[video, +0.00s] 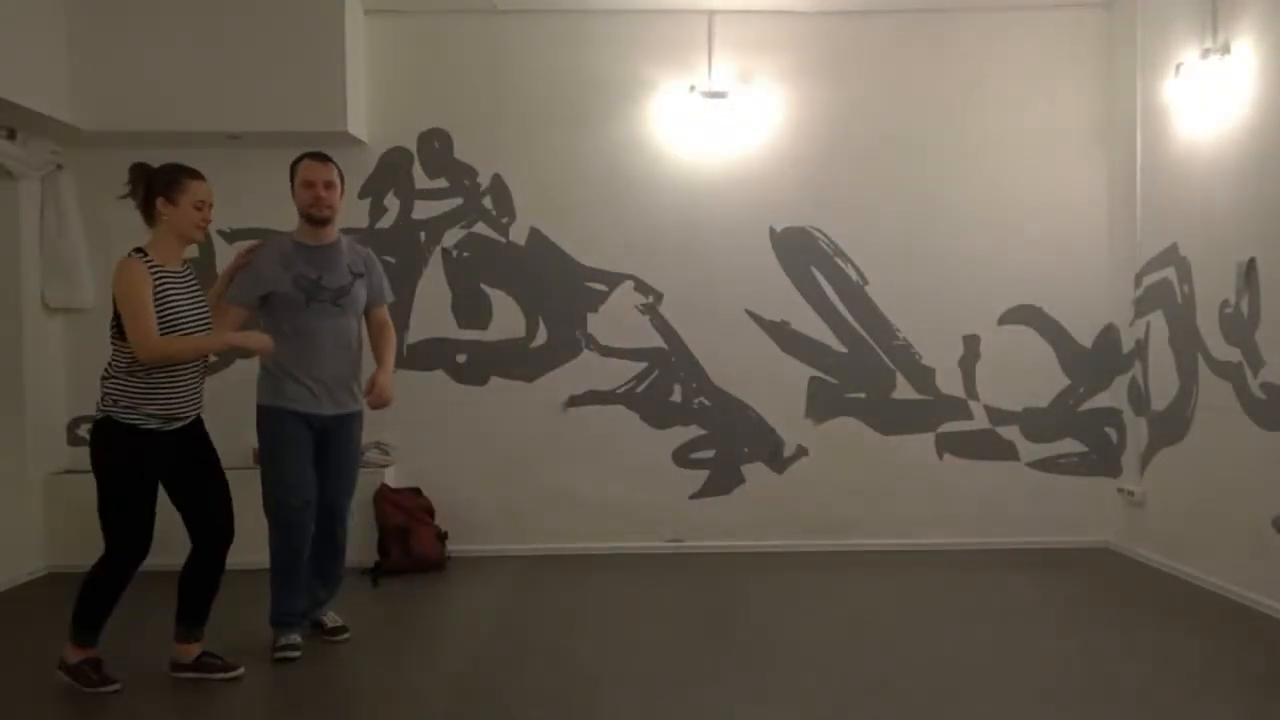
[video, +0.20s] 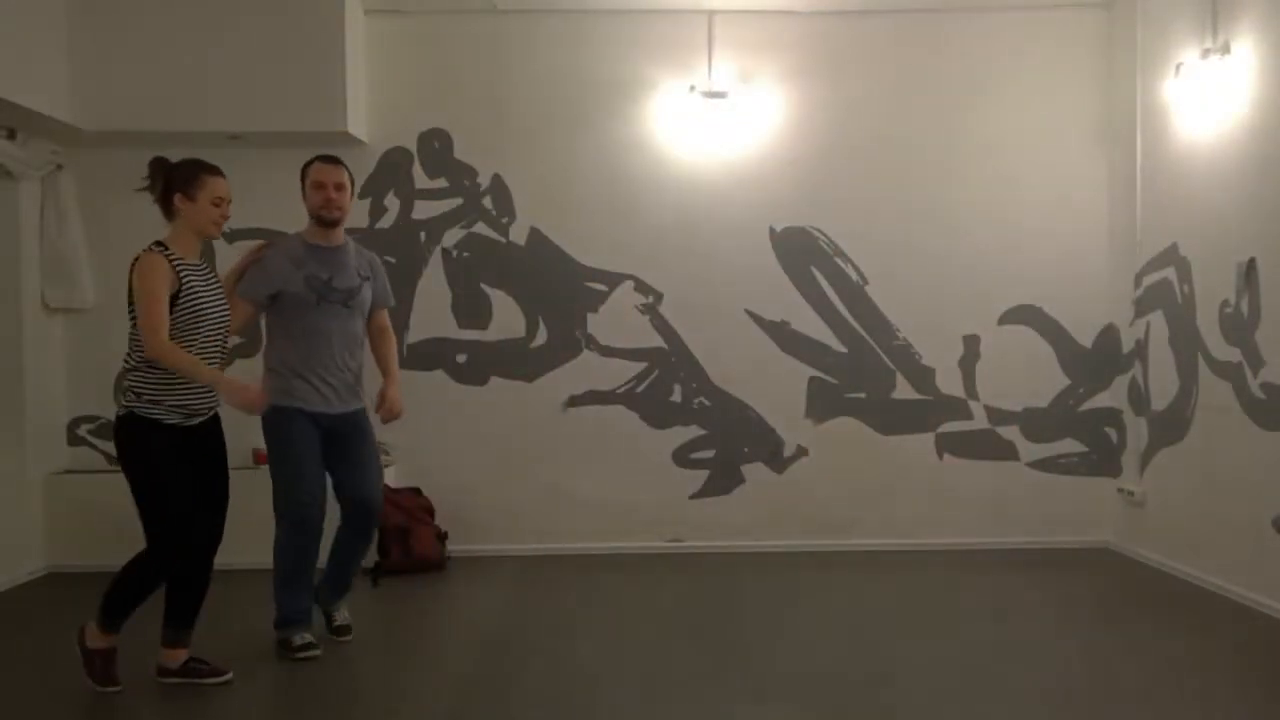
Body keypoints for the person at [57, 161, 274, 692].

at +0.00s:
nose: (208, 217)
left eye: (210, 209)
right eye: (199, 207)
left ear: (179, 212)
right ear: (163, 206)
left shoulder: (186, 272)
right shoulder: (135, 269)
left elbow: (197, 337)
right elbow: (148, 348)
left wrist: (229, 279)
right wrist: (227, 341)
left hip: (181, 429)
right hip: (125, 431)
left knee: (214, 530)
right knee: (128, 545)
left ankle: (187, 650)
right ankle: (77, 651)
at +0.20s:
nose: (226, 213)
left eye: (228, 204)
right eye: (217, 203)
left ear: (205, 208)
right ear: (182, 203)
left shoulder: (203, 267)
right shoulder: (155, 263)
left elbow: (213, 332)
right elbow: (156, 345)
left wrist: (241, 275)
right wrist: (225, 383)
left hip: (199, 424)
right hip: (151, 425)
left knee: (201, 543)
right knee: (168, 545)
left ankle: (174, 656)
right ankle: (98, 635)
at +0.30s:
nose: (238, 216)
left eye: (240, 207)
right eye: (230, 206)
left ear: (214, 211)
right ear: (194, 207)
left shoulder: (206, 268)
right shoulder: (170, 268)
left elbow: (214, 330)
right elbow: (155, 353)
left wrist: (243, 276)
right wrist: (186, 423)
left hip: (209, 425)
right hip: (165, 428)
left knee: (214, 542)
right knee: (201, 541)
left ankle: (176, 654)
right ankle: (133, 624)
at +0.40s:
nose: (251, 212)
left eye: (253, 203)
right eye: (243, 202)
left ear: (223, 207)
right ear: (208, 201)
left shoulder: (220, 265)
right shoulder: (182, 263)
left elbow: (224, 330)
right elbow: (156, 347)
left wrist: (254, 279)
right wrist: (142, 431)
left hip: (214, 423)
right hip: (184, 423)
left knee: (204, 534)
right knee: (240, 526)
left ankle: (179, 649)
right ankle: (184, 640)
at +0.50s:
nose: (266, 210)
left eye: (267, 201)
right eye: (257, 200)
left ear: (234, 204)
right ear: (222, 199)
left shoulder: (235, 263)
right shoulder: (195, 262)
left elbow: (237, 316)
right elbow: (153, 338)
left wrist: (271, 270)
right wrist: (127, 415)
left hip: (222, 421)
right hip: (194, 422)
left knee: (196, 540)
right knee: (258, 528)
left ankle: (174, 654)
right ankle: (245, 658)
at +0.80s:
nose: (303, 208)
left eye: (305, 199)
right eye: (296, 197)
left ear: (270, 200)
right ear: (261, 197)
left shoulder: (280, 259)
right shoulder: (227, 265)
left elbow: (288, 306)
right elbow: (194, 349)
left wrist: (317, 264)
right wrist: (174, 426)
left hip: (282, 419)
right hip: (244, 422)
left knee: (281, 539)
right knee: (282, 540)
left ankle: (197, 630)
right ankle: (281, 667)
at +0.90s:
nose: (312, 211)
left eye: (314, 202)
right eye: (304, 201)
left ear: (281, 205)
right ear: (269, 201)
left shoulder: (291, 264)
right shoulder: (244, 273)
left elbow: (302, 310)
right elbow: (224, 364)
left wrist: (329, 268)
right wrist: (224, 442)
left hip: (301, 426)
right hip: (262, 429)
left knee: (328, 537)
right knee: (293, 544)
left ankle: (235, 615)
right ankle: (282, 667)